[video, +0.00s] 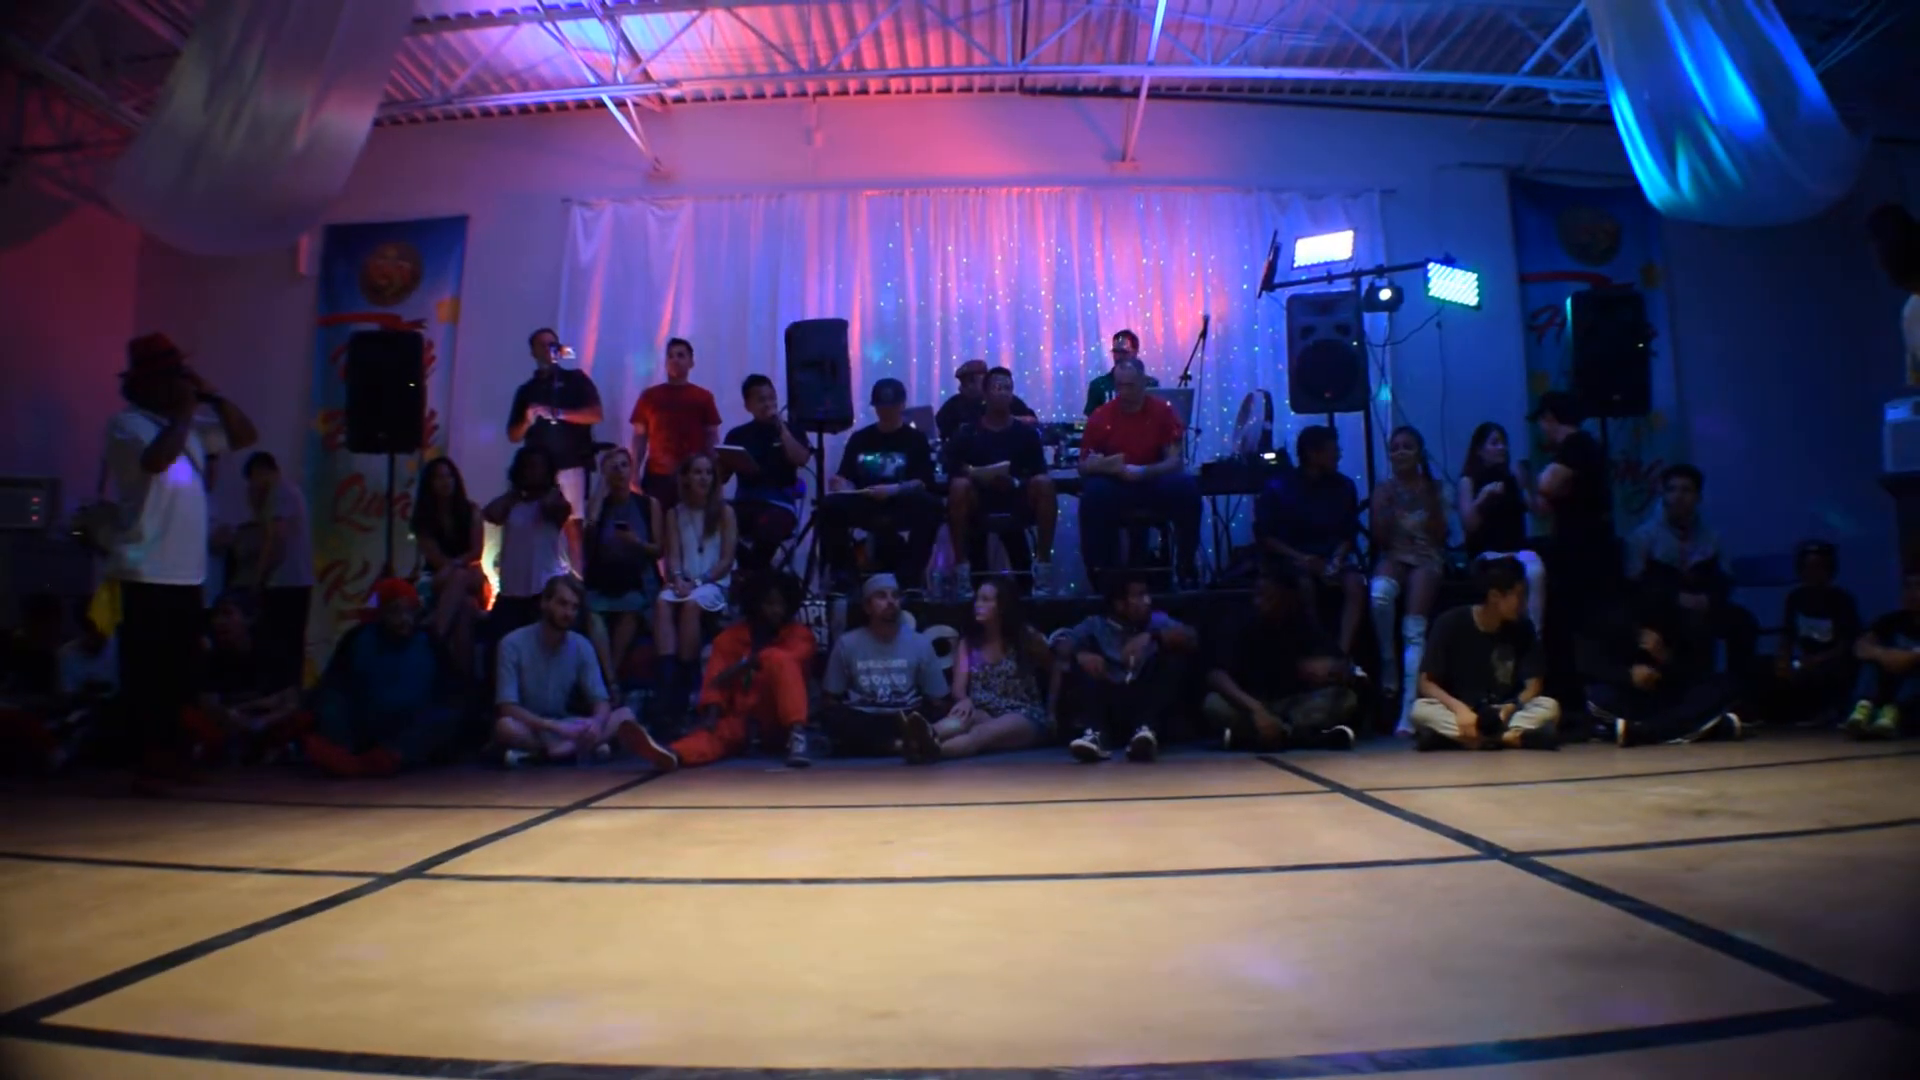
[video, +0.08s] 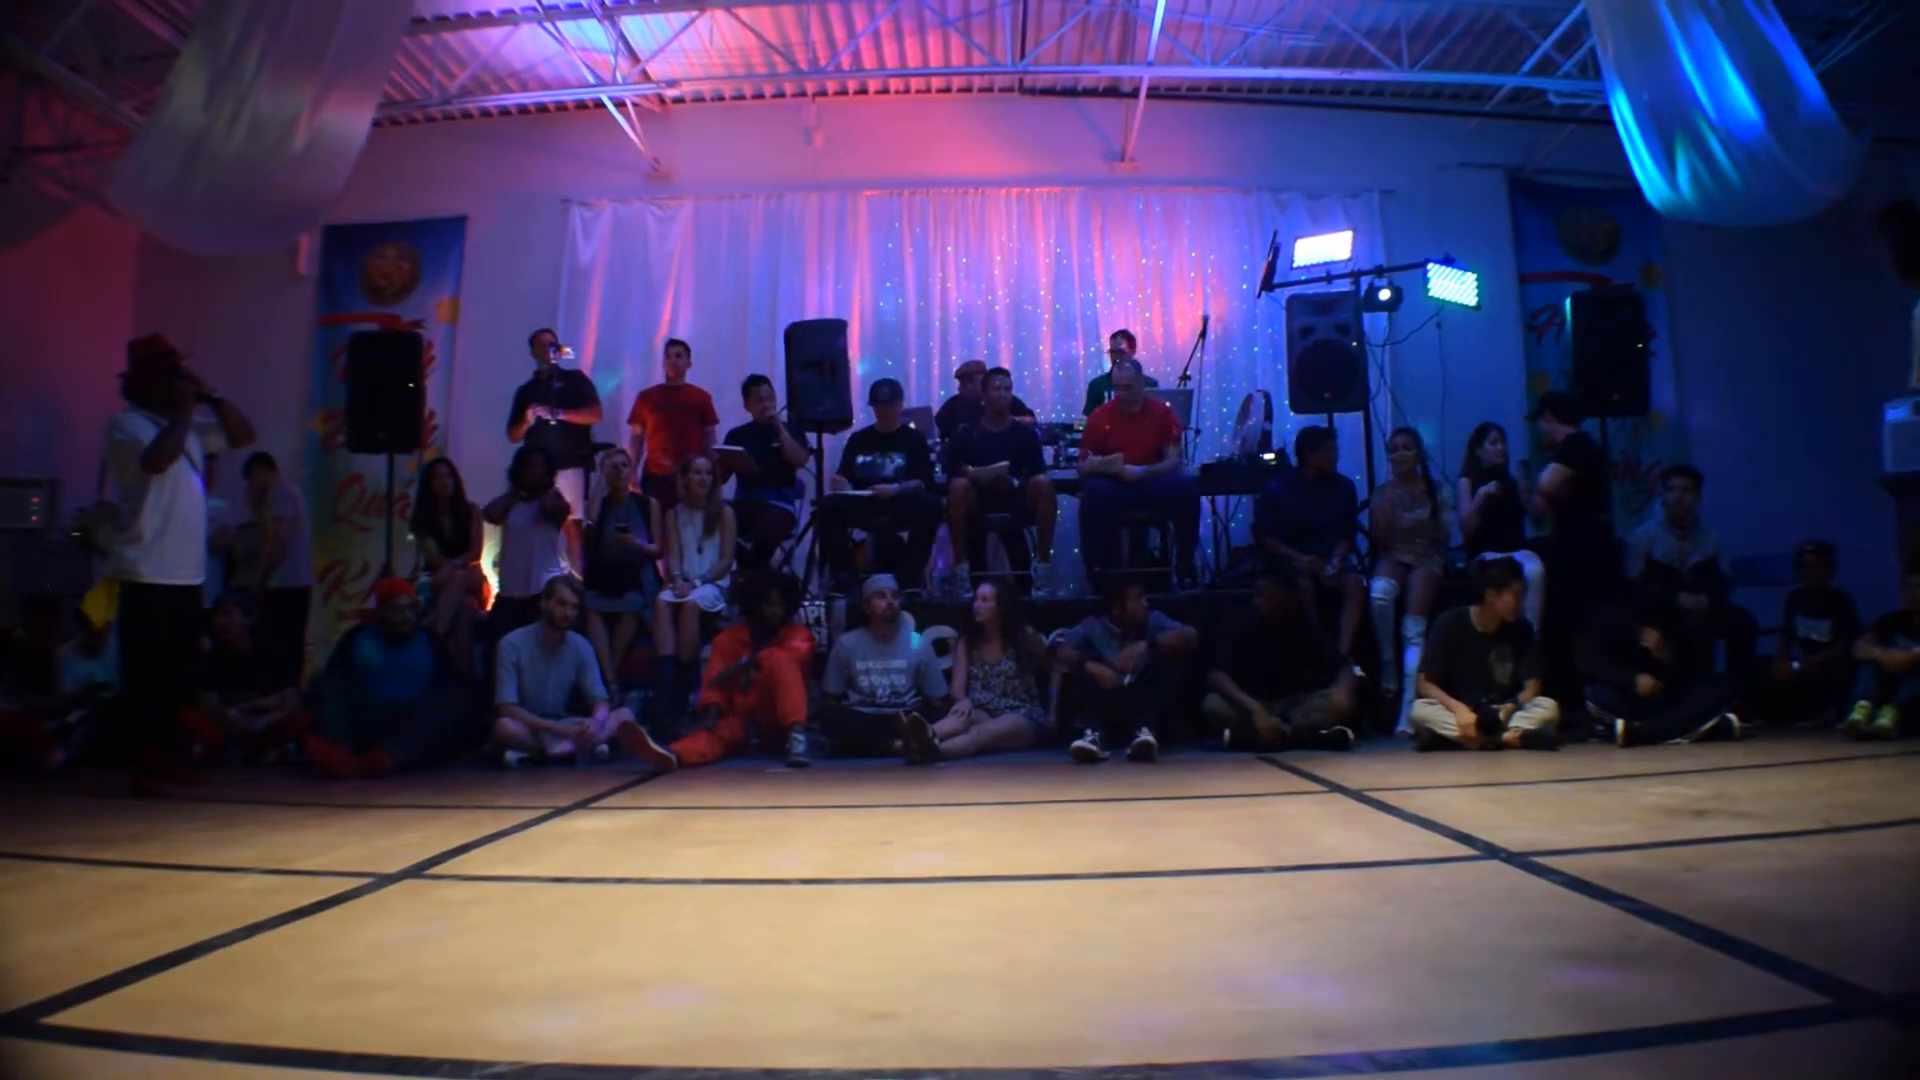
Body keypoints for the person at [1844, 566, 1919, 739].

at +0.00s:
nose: (1912, 595)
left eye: (1915, 588)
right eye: (1909, 588)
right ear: (1903, 591)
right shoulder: (1894, 619)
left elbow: (1909, 657)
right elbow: (1861, 647)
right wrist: (1888, 656)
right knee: (1871, 662)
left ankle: (1892, 711)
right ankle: (1863, 705)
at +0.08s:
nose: (1911, 595)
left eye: (1915, 589)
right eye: (1908, 589)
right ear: (1903, 592)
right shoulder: (1894, 619)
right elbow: (1860, 647)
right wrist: (1885, 656)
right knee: (1870, 663)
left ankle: (1891, 711)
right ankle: (1862, 705)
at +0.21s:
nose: (1913, 595)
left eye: (1916, 589)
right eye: (1909, 589)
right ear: (1903, 593)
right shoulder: (1893, 620)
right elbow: (1859, 648)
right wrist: (1885, 656)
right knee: (1870, 661)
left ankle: (1891, 712)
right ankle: (1862, 706)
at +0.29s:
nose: (1913, 595)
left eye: (1916, 589)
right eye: (1909, 589)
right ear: (1903, 592)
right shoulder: (1894, 619)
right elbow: (1857, 648)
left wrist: (1905, 658)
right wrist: (1883, 656)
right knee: (1869, 663)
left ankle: (1891, 712)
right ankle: (1860, 706)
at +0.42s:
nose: (1912, 598)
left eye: (1916, 591)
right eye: (1908, 591)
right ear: (1902, 594)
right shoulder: (1891, 621)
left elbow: (1913, 657)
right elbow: (1858, 648)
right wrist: (1884, 658)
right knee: (1868, 664)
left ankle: (1890, 712)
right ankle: (1860, 707)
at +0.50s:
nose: (1911, 597)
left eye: (1915, 591)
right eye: (1907, 591)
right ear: (1901, 594)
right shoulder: (1891, 620)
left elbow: (1912, 656)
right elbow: (1857, 647)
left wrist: (1902, 659)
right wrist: (1882, 657)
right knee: (1867, 663)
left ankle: (1888, 712)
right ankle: (1859, 707)